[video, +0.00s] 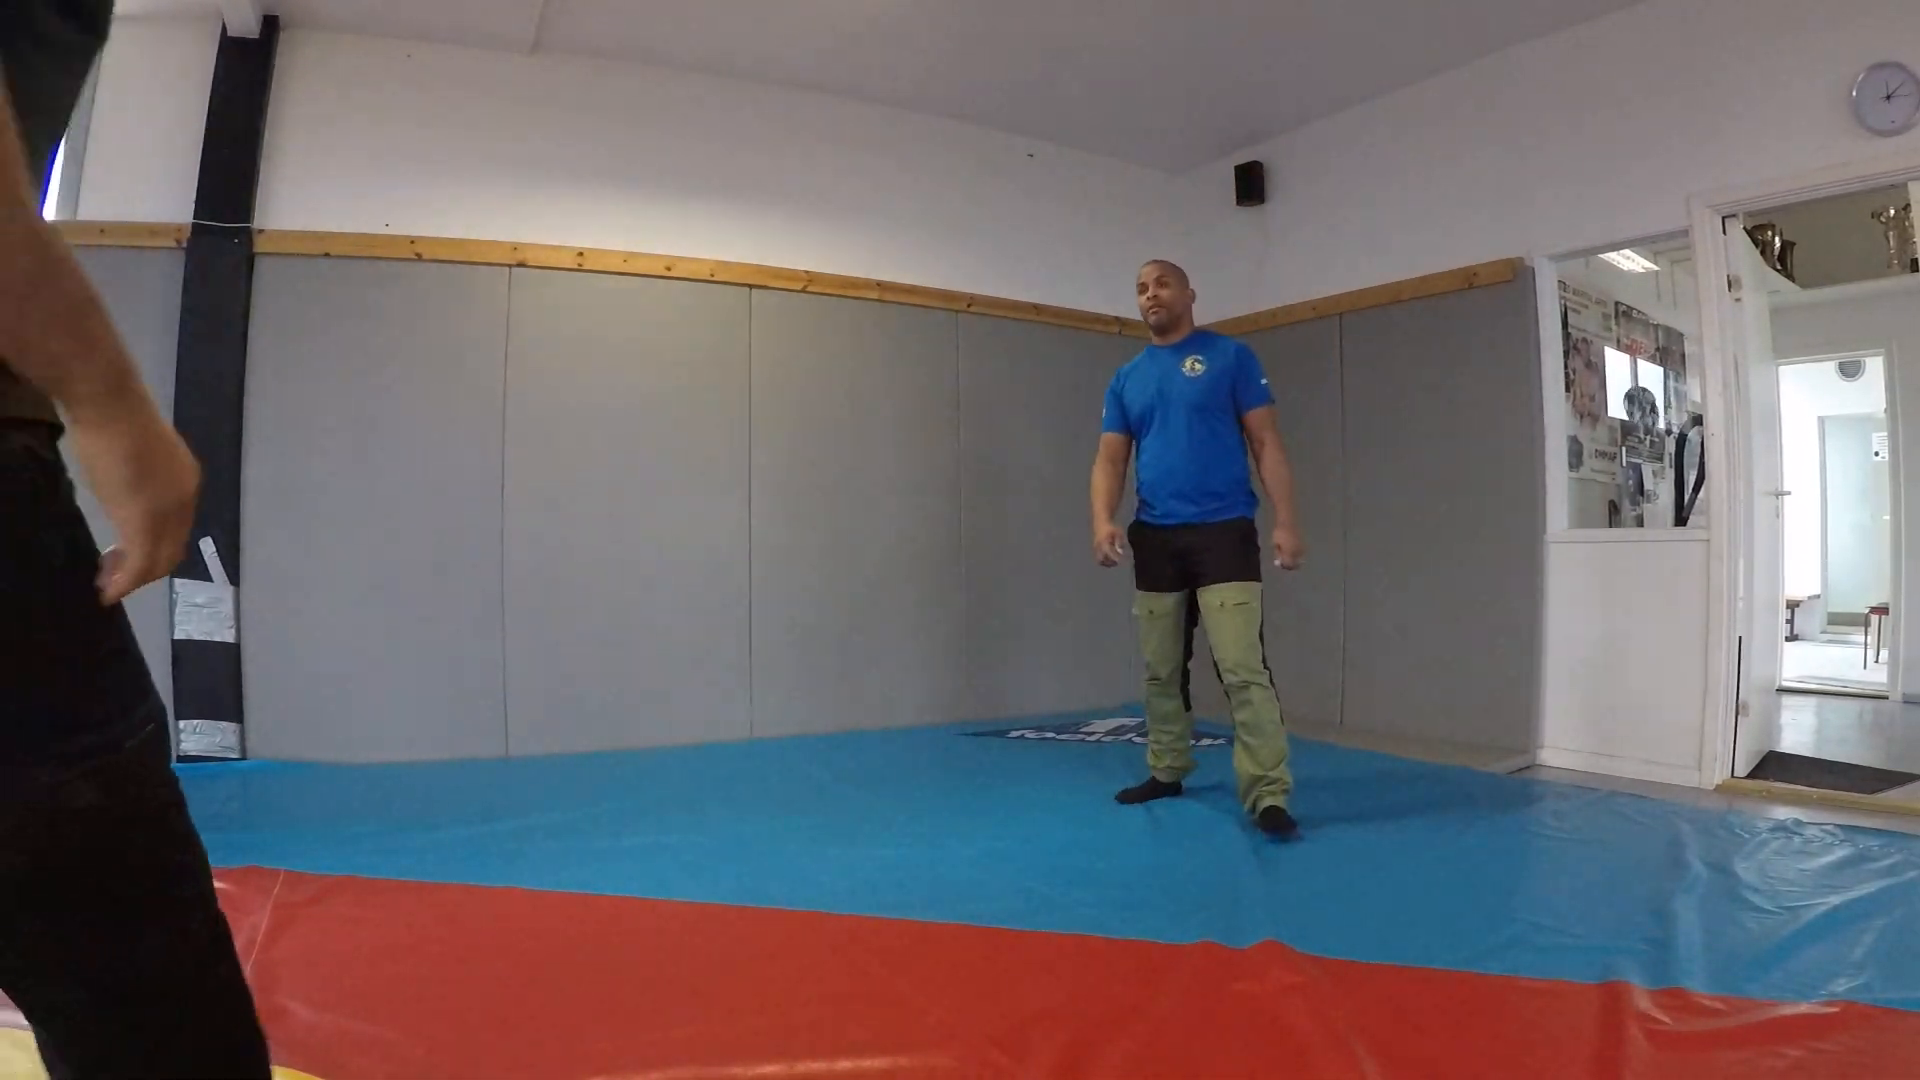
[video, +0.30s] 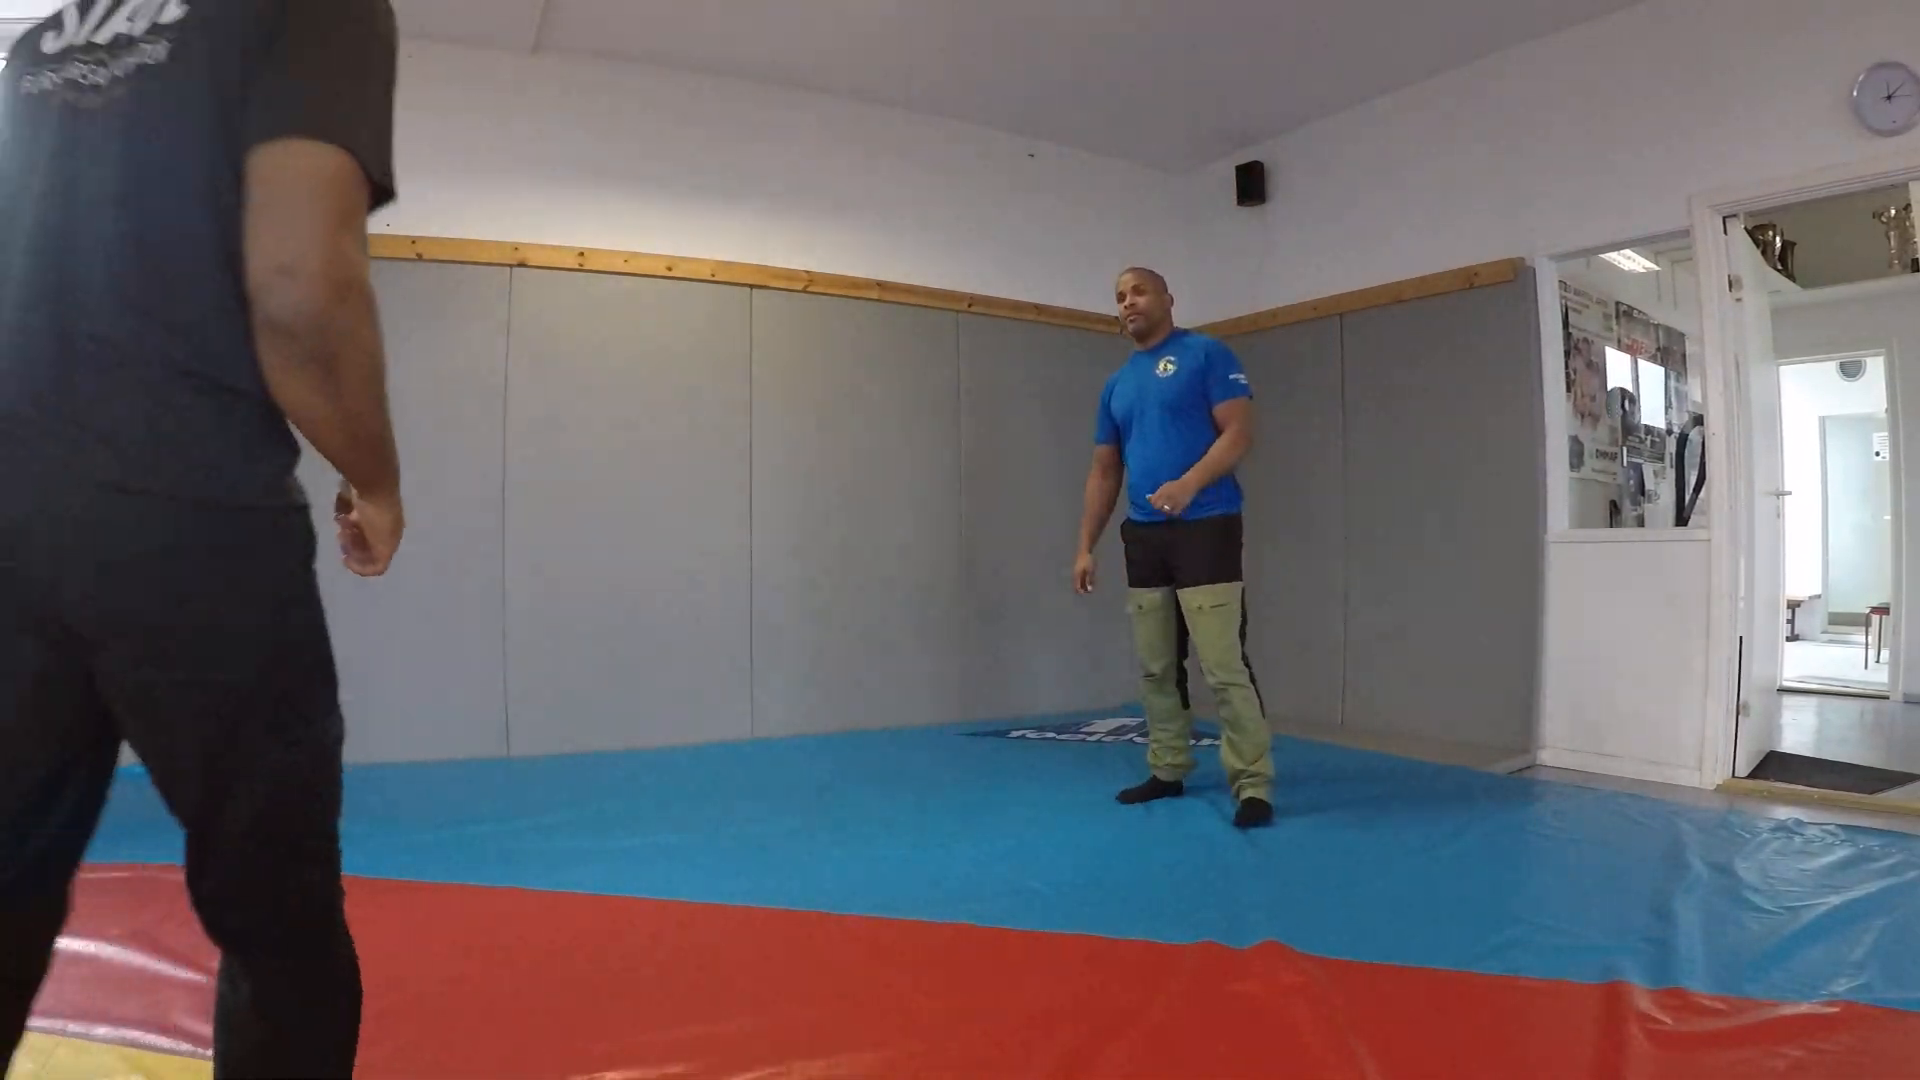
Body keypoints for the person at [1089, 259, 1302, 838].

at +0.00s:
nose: (1150, 294)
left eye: (1161, 284)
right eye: (1143, 288)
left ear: (1189, 295)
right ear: (1138, 304)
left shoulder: (1231, 358)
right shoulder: (1126, 379)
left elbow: (1265, 442)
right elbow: (1110, 458)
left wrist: (1285, 523)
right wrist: (1102, 521)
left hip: (1225, 533)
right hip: (1155, 537)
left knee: (1241, 667)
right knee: (1160, 666)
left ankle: (1268, 795)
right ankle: (1166, 772)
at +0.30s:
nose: (1128, 304)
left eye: (1138, 292)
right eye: (1121, 298)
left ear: (1167, 299)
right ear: (1118, 312)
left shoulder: (1206, 354)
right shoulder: (1117, 385)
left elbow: (1240, 433)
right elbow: (1105, 470)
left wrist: (1189, 482)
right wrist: (1086, 545)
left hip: (1206, 528)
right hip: (1144, 534)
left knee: (1223, 665)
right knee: (1157, 666)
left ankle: (1252, 785)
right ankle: (1167, 773)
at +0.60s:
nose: (1126, 308)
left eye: (1136, 297)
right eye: (1121, 302)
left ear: (1168, 303)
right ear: (1120, 315)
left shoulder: (1197, 355)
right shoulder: (1123, 384)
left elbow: (1229, 431)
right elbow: (1121, 469)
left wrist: (1166, 472)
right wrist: (1104, 541)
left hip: (1191, 529)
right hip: (1136, 535)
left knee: (1208, 661)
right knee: (1153, 665)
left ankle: (1251, 786)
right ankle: (1168, 772)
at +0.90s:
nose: (1122, 309)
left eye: (1132, 299)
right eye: (1118, 303)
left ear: (1164, 304)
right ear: (1118, 316)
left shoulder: (1193, 354)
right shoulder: (1119, 386)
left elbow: (1221, 430)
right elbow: (1120, 465)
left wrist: (1148, 451)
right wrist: (1106, 535)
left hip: (1183, 525)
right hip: (1133, 530)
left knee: (1191, 655)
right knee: (1148, 662)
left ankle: (1248, 783)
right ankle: (1168, 772)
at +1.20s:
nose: (1117, 311)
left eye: (1126, 299)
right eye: (1112, 305)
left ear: (1160, 303)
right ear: (1115, 318)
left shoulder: (1190, 353)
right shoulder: (1122, 385)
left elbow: (1226, 426)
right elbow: (1116, 469)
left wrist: (1149, 442)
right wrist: (1082, 524)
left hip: (1187, 523)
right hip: (1136, 529)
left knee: (1183, 652)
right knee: (1147, 662)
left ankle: (1235, 788)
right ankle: (1167, 772)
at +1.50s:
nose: (1119, 316)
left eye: (1128, 303)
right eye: (1114, 310)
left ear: (1164, 306)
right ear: (1119, 323)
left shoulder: (1195, 359)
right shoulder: (1140, 381)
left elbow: (1211, 437)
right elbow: (1150, 474)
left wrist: (1132, 405)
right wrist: (1104, 485)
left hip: (1207, 530)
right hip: (1157, 533)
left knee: (1185, 656)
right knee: (1145, 667)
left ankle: (1240, 799)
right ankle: (1167, 774)